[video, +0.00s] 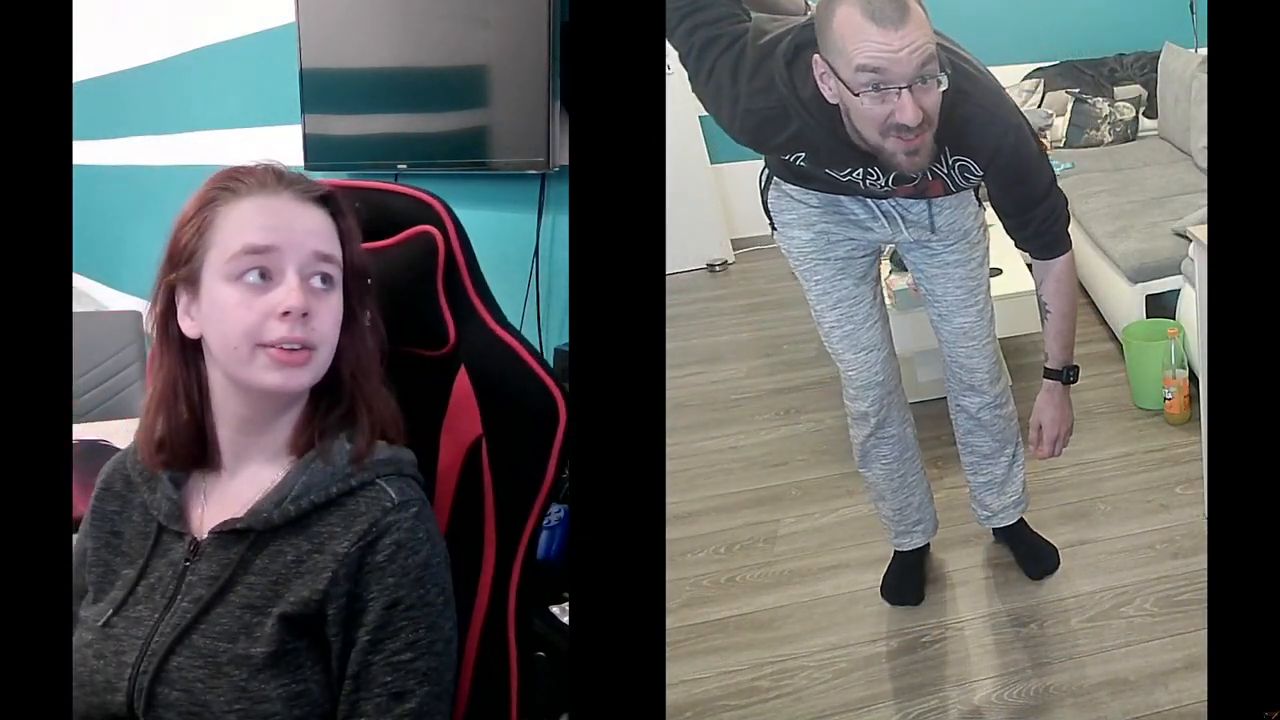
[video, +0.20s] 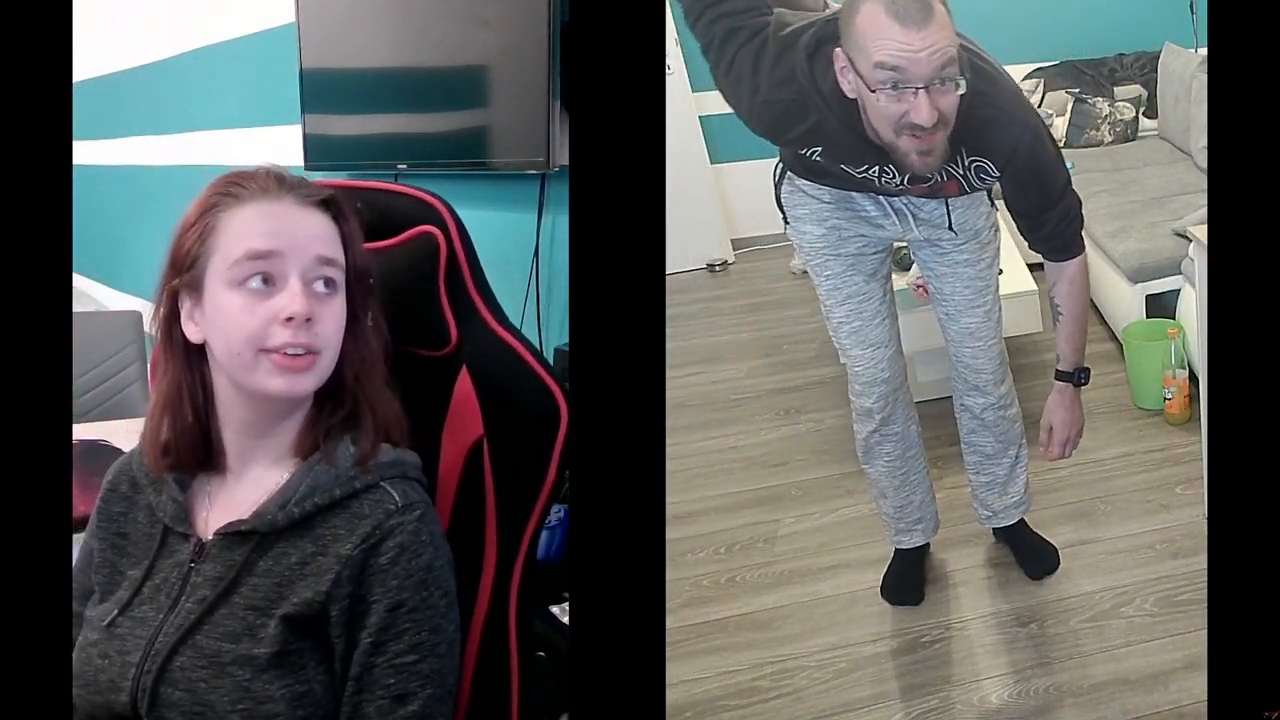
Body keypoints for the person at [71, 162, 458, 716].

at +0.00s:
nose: (297, 303)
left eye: (322, 278)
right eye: (258, 274)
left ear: (343, 311)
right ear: (188, 308)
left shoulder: (382, 522)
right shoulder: (126, 486)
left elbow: (403, 706)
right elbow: (82, 677)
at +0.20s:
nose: (300, 308)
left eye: (324, 282)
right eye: (261, 280)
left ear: (348, 314)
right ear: (192, 314)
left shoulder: (387, 526)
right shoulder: (133, 488)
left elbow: (406, 706)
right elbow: (79, 669)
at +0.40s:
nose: (303, 313)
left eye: (327, 286)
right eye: (263, 284)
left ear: (350, 316)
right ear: (193, 317)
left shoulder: (392, 530)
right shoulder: (135, 491)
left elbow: (414, 707)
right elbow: (79, 672)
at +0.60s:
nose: (306, 314)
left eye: (330, 288)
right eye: (266, 286)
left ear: (353, 318)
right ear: (197, 319)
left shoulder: (395, 532)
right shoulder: (136, 491)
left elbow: (416, 707)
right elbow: (77, 670)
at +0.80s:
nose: (306, 316)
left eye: (331, 290)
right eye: (267, 289)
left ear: (354, 321)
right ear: (198, 321)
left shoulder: (397, 538)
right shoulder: (139, 491)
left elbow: (418, 706)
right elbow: (76, 673)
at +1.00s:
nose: (270, 329)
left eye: (307, 302)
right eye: (237, 300)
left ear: (350, 325)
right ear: (196, 323)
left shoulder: (403, 538)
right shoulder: (148, 485)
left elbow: (422, 706)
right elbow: (76, 676)